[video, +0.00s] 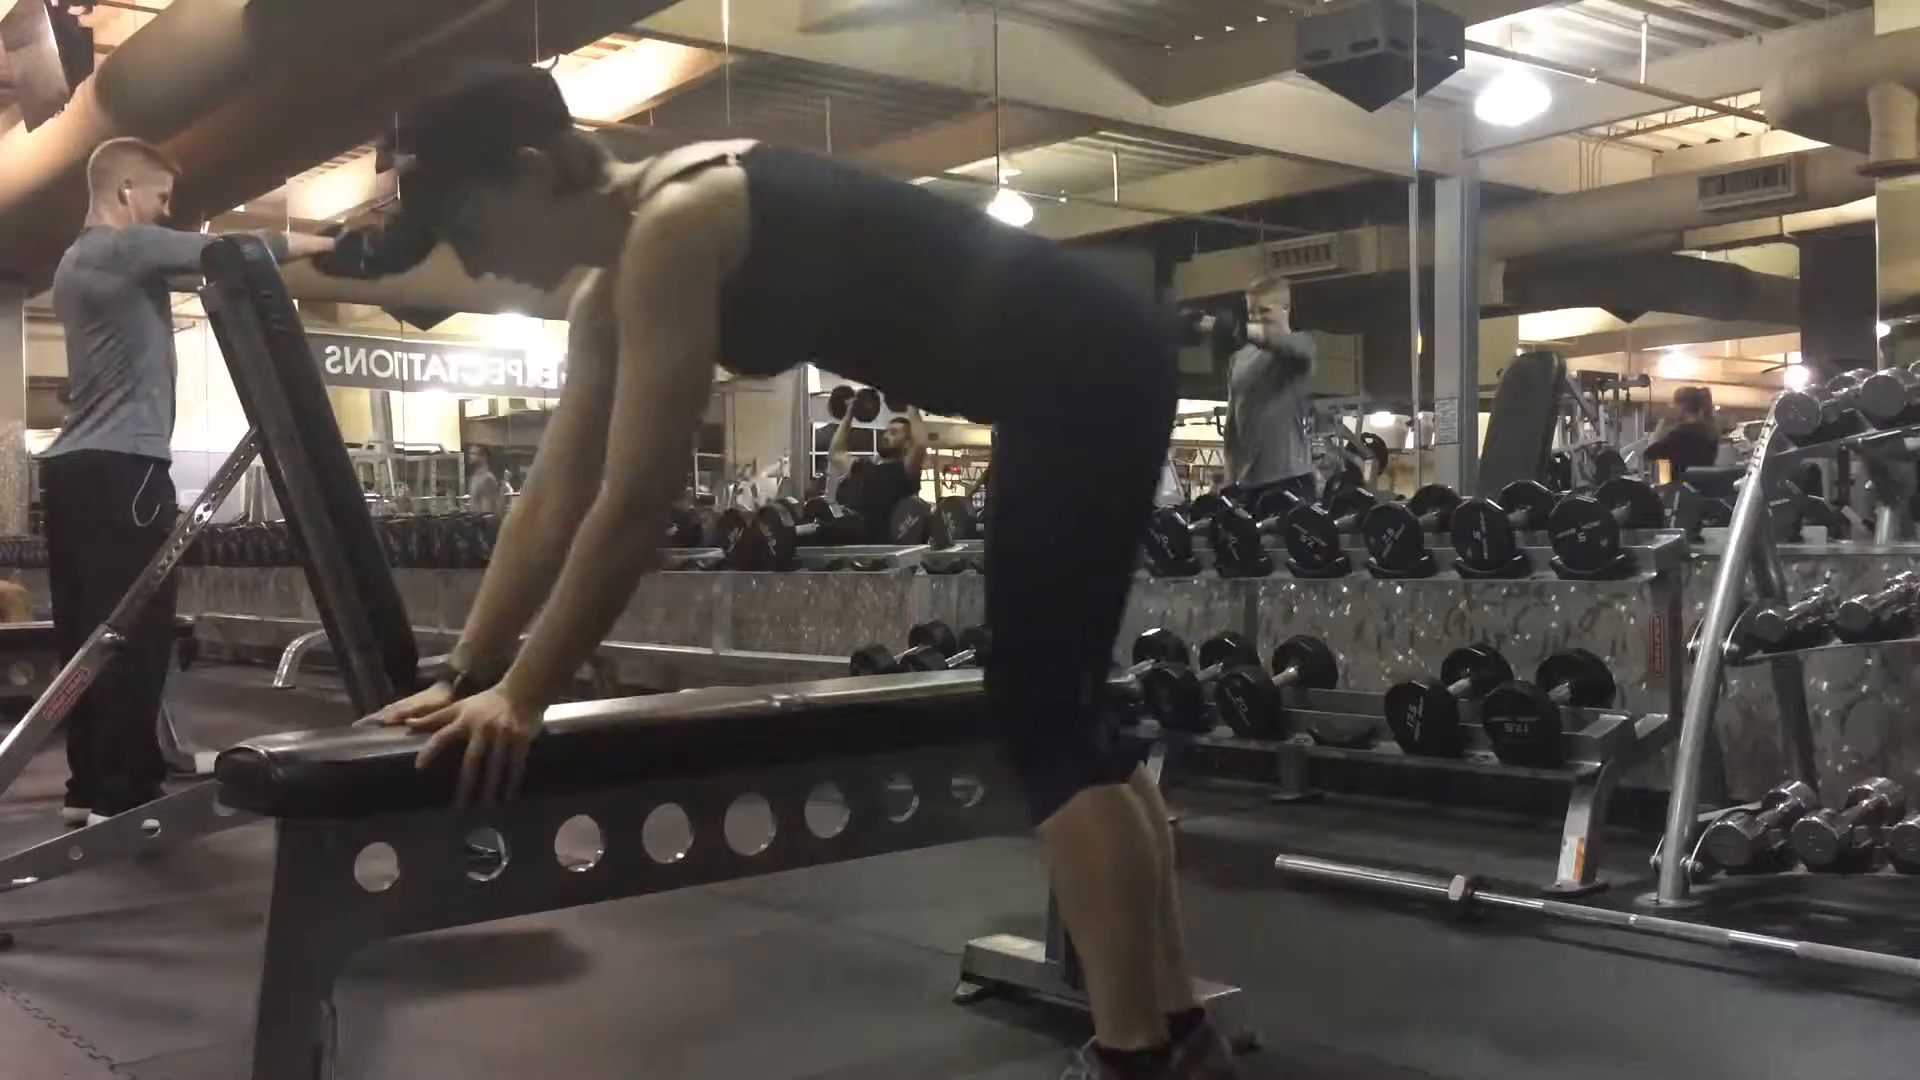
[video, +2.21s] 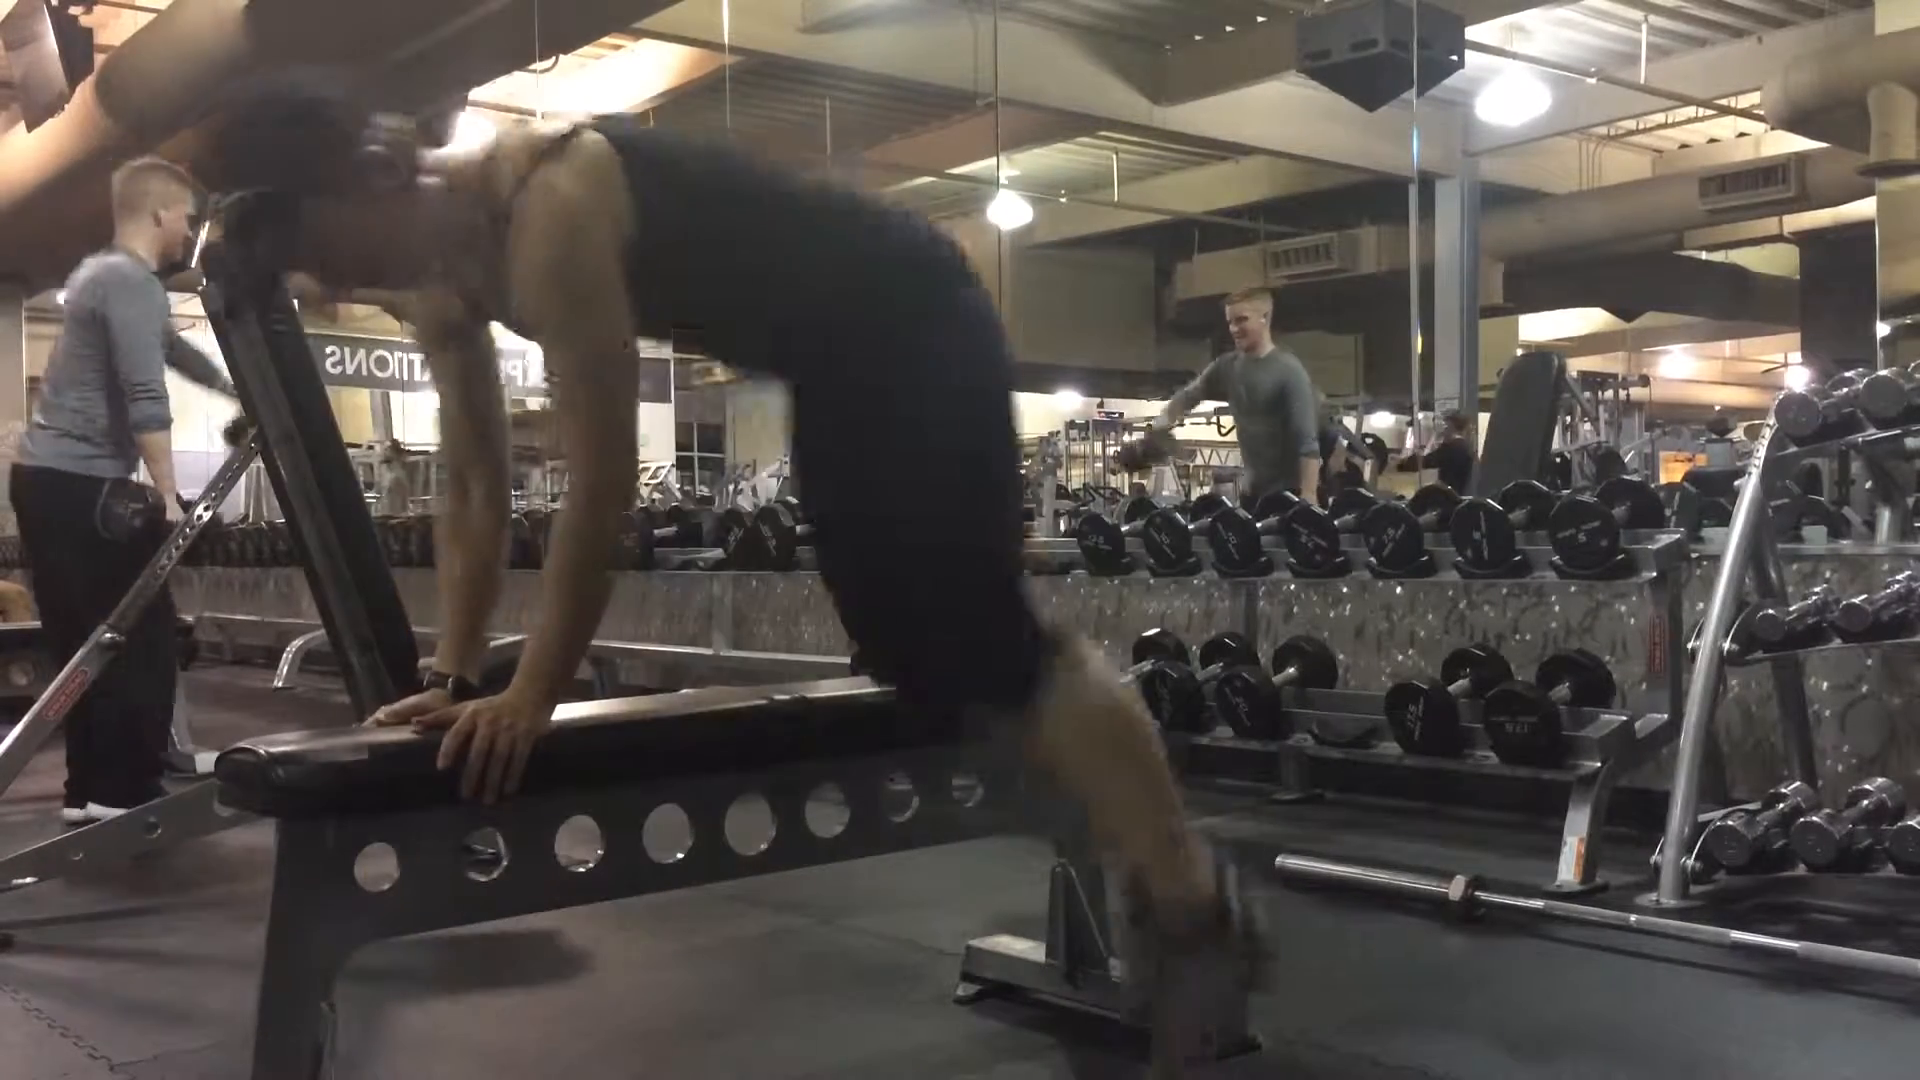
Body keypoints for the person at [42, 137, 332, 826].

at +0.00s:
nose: (166, 209)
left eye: (166, 199)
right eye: (159, 197)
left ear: (107, 198)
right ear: (122, 193)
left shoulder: (76, 262)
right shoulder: (125, 247)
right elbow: (231, 248)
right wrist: (327, 235)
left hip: (74, 469)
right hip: (123, 470)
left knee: (86, 635)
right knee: (136, 632)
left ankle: (90, 786)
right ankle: (128, 793)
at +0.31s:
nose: (158, 199)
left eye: (157, 187)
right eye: (151, 186)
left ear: (100, 191)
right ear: (120, 186)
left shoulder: (66, 264)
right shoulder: (130, 251)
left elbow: (147, 322)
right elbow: (218, 303)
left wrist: (192, 264)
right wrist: (233, 254)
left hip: (72, 467)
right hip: (122, 472)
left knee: (89, 633)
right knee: (138, 633)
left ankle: (93, 784)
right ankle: (124, 793)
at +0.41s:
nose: (162, 199)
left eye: (161, 187)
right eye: (156, 186)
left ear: (102, 193)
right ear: (127, 187)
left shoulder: (66, 267)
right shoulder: (137, 256)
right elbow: (221, 332)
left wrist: (184, 272)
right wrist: (223, 278)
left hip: (69, 466)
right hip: (125, 470)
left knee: (86, 629)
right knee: (139, 628)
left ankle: (92, 782)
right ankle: (126, 791)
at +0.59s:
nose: (168, 199)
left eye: (166, 187)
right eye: (161, 186)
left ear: (107, 194)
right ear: (134, 189)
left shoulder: (67, 272)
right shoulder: (146, 266)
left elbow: (83, 375)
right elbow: (199, 370)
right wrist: (242, 449)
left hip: (71, 468)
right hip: (130, 472)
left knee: (85, 629)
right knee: (142, 629)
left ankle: (90, 784)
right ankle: (126, 791)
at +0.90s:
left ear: (95, 196)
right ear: (150, 203)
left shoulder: (76, 266)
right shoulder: (130, 271)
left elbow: (91, 385)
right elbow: (156, 386)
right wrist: (179, 479)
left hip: (69, 465)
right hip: (120, 469)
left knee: (81, 629)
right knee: (132, 629)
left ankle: (87, 784)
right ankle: (123, 789)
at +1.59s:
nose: (146, 204)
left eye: (146, 191)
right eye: (141, 190)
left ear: (90, 191)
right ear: (111, 188)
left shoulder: (70, 262)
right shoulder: (113, 266)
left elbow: (167, 310)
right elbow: (128, 383)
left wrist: (228, 314)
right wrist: (155, 474)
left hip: (70, 469)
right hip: (107, 471)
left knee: (87, 630)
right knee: (123, 631)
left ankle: (93, 785)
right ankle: (121, 790)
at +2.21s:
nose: (191, 233)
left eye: (191, 221)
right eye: (186, 219)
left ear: (135, 216)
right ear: (159, 216)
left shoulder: (100, 274)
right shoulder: (131, 283)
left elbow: (177, 348)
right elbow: (144, 398)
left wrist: (239, 389)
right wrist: (167, 495)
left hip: (50, 478)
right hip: (85, 483)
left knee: (85, 640)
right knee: (142, 635)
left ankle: (89, 789)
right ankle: (125, 793)